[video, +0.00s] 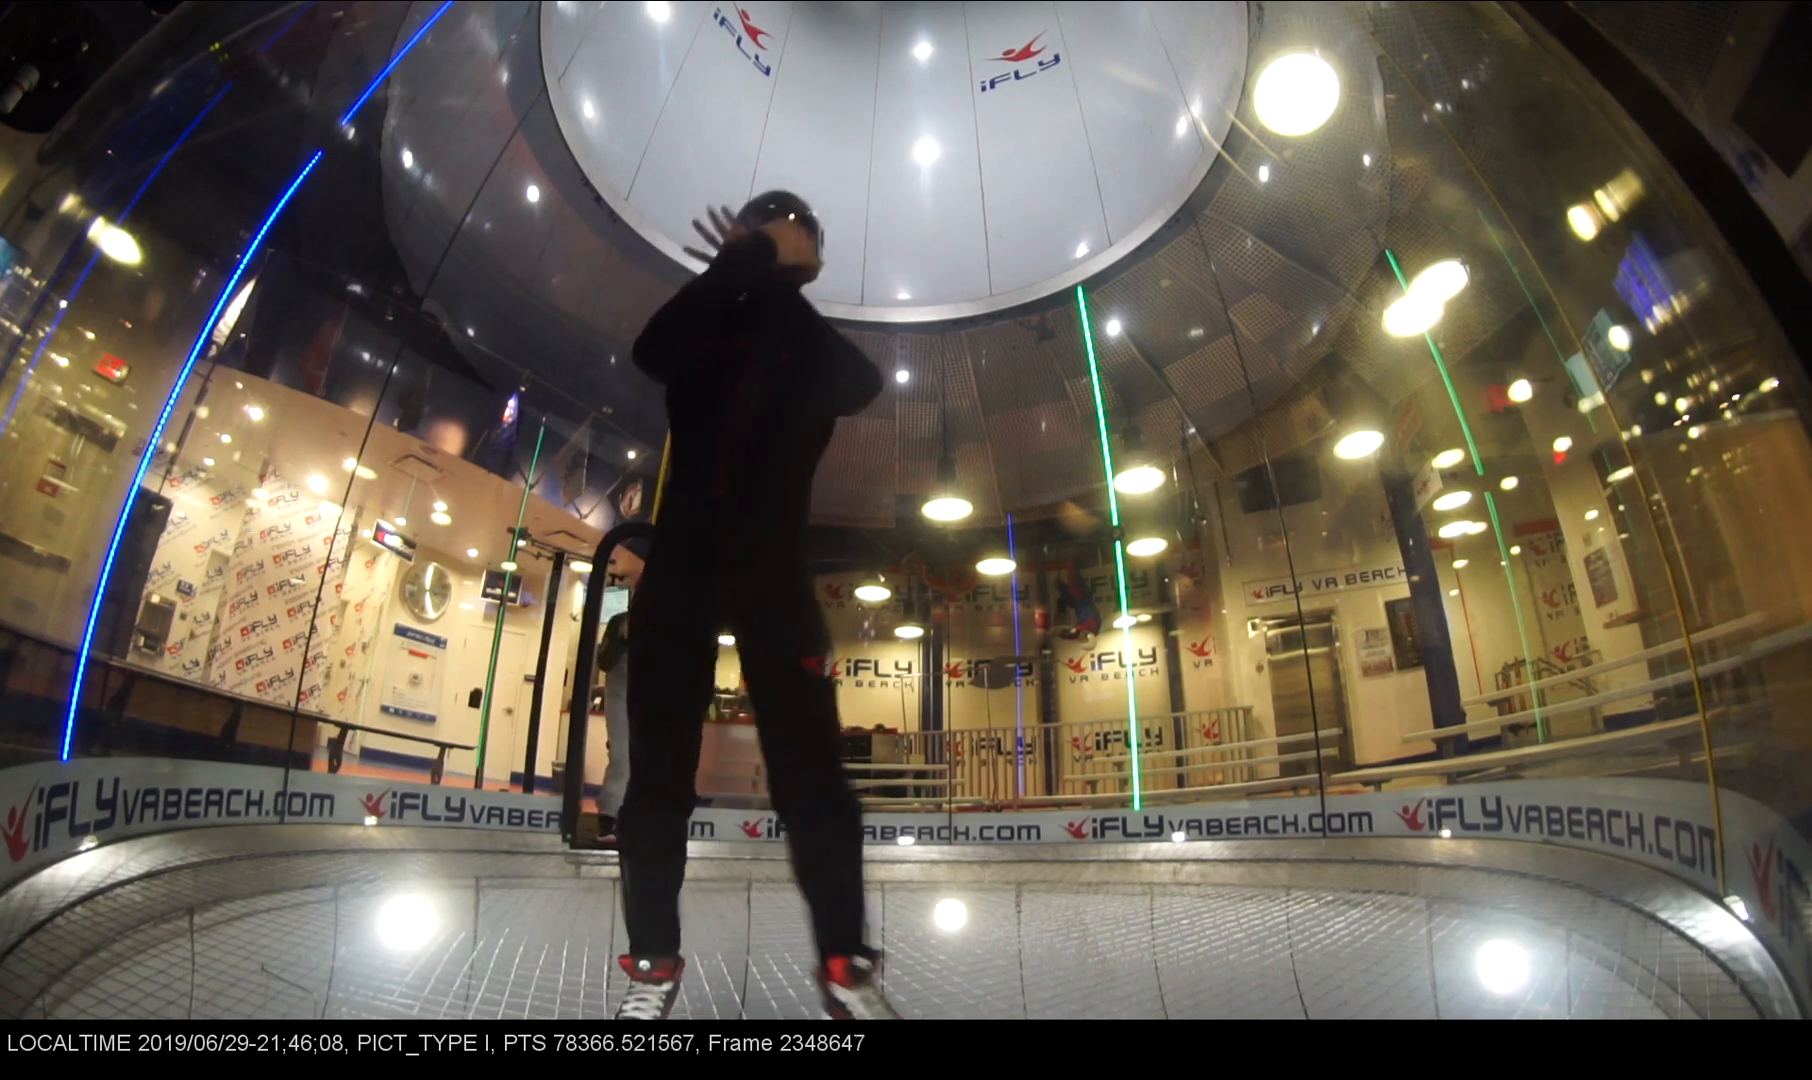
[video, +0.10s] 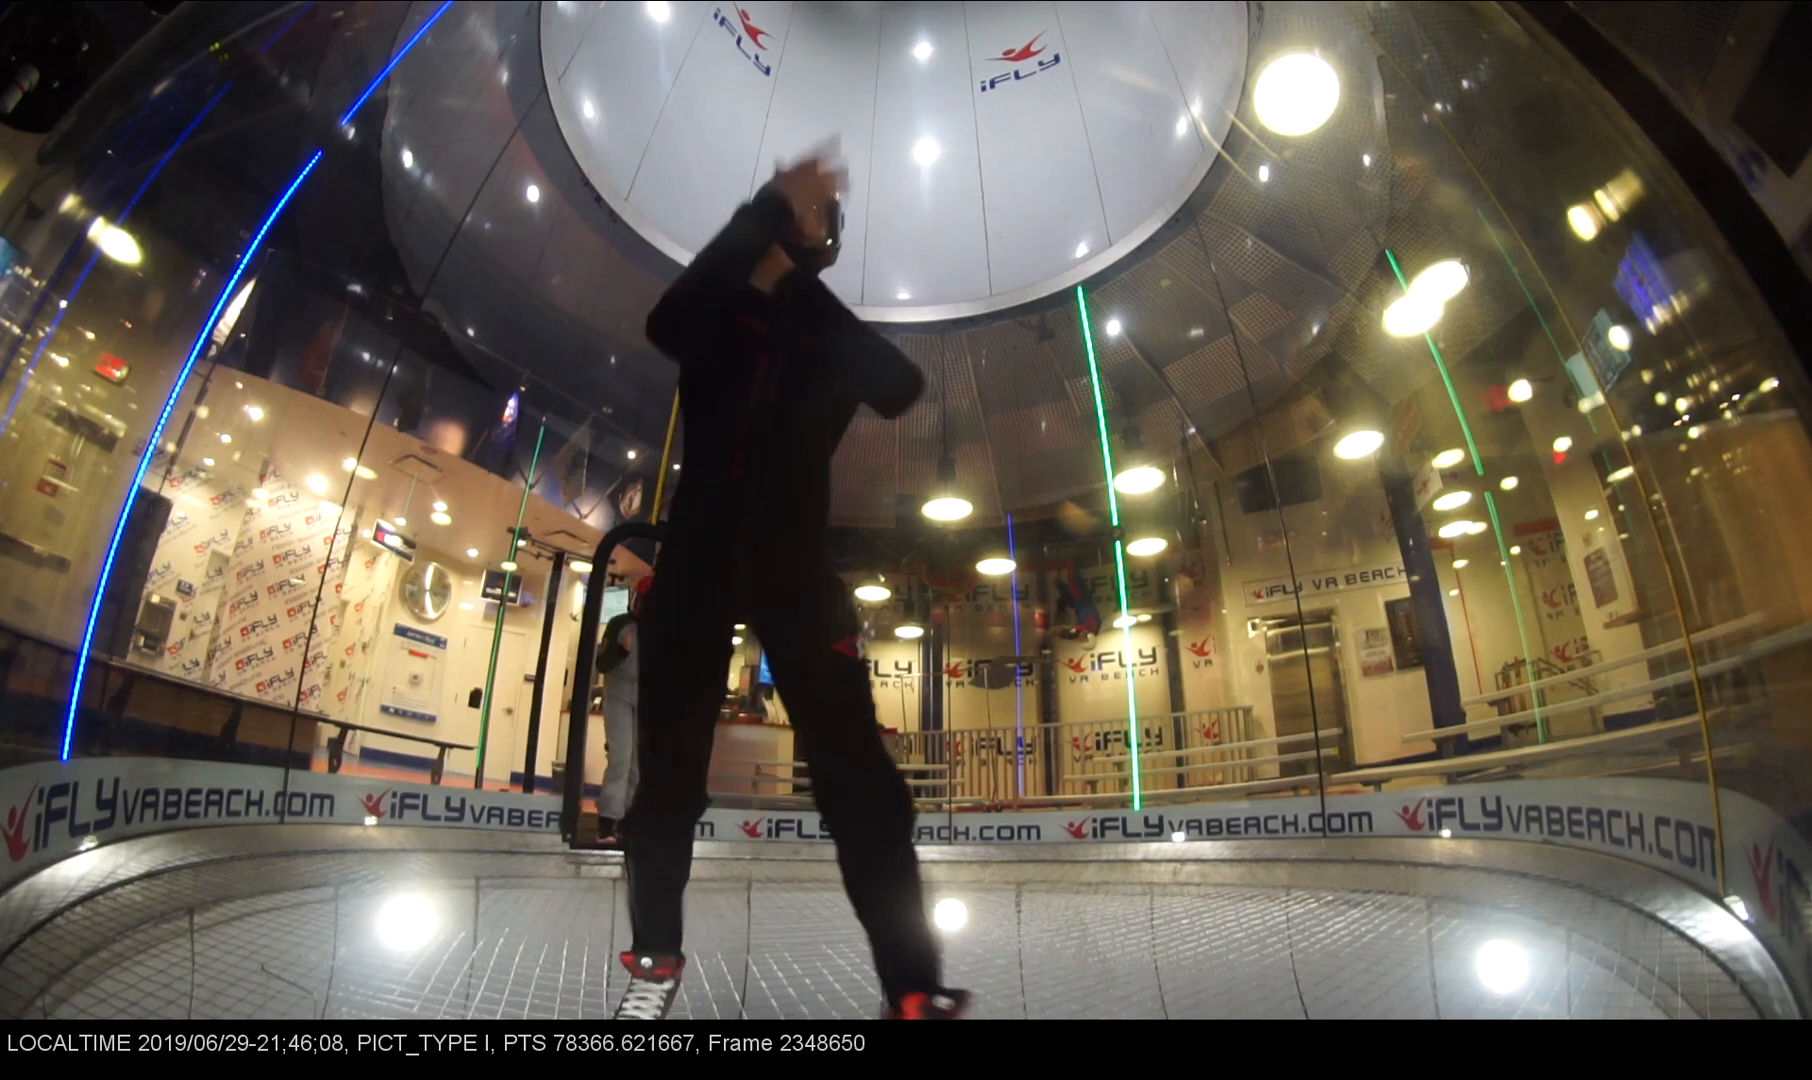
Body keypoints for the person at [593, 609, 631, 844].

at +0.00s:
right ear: (630, 598)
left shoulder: (655, 627)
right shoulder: (620, 622)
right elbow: (604, 662)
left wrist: (633, 636)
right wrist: (620, 637)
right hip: (620, 695)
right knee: (621, 754)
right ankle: (609, 814)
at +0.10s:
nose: (641, 605)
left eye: (647, 601)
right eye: (640, 600)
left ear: (654, 606)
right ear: (634, 600)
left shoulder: (659, 628)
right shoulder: (620, 624)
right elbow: (601, 664)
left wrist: (645, 643)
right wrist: (620, 648)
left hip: (647, 700)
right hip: (619, 698)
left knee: (641, 761)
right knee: (620, 757)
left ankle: (631, 822)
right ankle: (608, 822)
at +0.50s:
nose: (660, 619)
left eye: (665, 614)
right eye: (655, 612)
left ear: (670, 615)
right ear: (642, 610)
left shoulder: (669, 639)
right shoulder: (621, 629)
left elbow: (667, 671)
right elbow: (595, 658)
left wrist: (678, 664)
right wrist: (609, 660)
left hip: (644, 706)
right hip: (612, 704)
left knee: (644, 763)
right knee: (619, 762)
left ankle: (629, 821)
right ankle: (608, 821)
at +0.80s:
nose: (670, 621)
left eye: (676, 616)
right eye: (665, 614)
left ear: (682, 617)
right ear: (653, 611)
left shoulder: (680, 638)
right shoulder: (632, 627)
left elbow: (694, 643)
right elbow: (603, 632)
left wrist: (705, 647)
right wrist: (609, 646)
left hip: (654, 710)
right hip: (622, 706)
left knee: (651, 766)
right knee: (627, 764)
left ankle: (630, 823)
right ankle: (610, 822)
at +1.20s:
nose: (686, 641)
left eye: (693, 636)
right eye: (681, 633)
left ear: (700, 638)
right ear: (669, 629)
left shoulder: (694, 660)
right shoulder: (646, 646)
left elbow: (709, 665)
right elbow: (608, 652)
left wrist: (723, 664)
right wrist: (608, 659)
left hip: (668, 736)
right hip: (633, 732)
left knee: (664, 800)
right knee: (638, 799)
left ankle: (633, 823)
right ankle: (611, 817)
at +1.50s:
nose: (706, 657)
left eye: (713, 652)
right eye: (700, 650)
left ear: (720, 654)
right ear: (686, 648)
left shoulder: (716, 678)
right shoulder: (661, 668)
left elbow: (734, 689)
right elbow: (627, 679)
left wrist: (755, 676)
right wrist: (605, 683)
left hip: (683, 760)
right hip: (643, 759)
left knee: (695, 825)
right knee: (642, 826)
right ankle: (612, 819)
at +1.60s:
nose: (714, 655)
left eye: (721, 649)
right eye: (707, 647)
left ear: (728, 652)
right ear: (693, 646)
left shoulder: (732, 675)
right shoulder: (670, 671)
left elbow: (764, 689)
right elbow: (634, 680)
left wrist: (784, 668)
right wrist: (609, 679)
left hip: (698, 758)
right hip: (654, 759)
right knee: (642, 821)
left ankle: (687, 803)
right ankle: (614, 821)